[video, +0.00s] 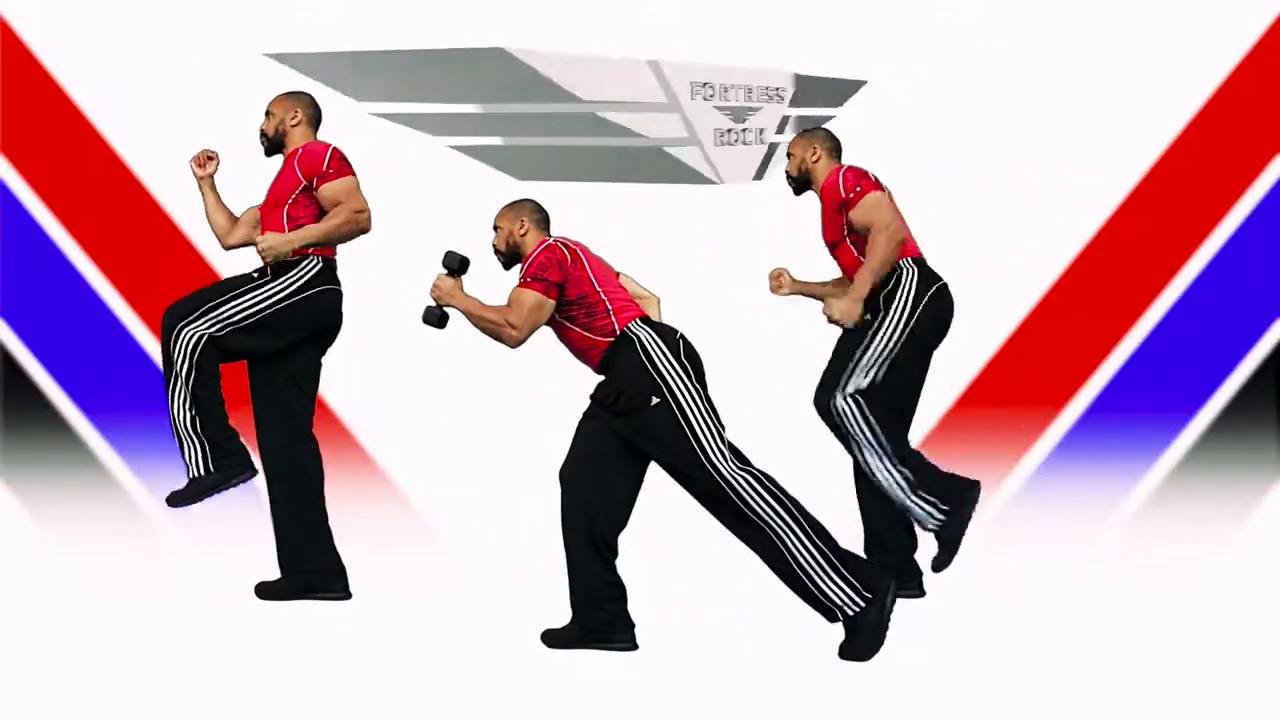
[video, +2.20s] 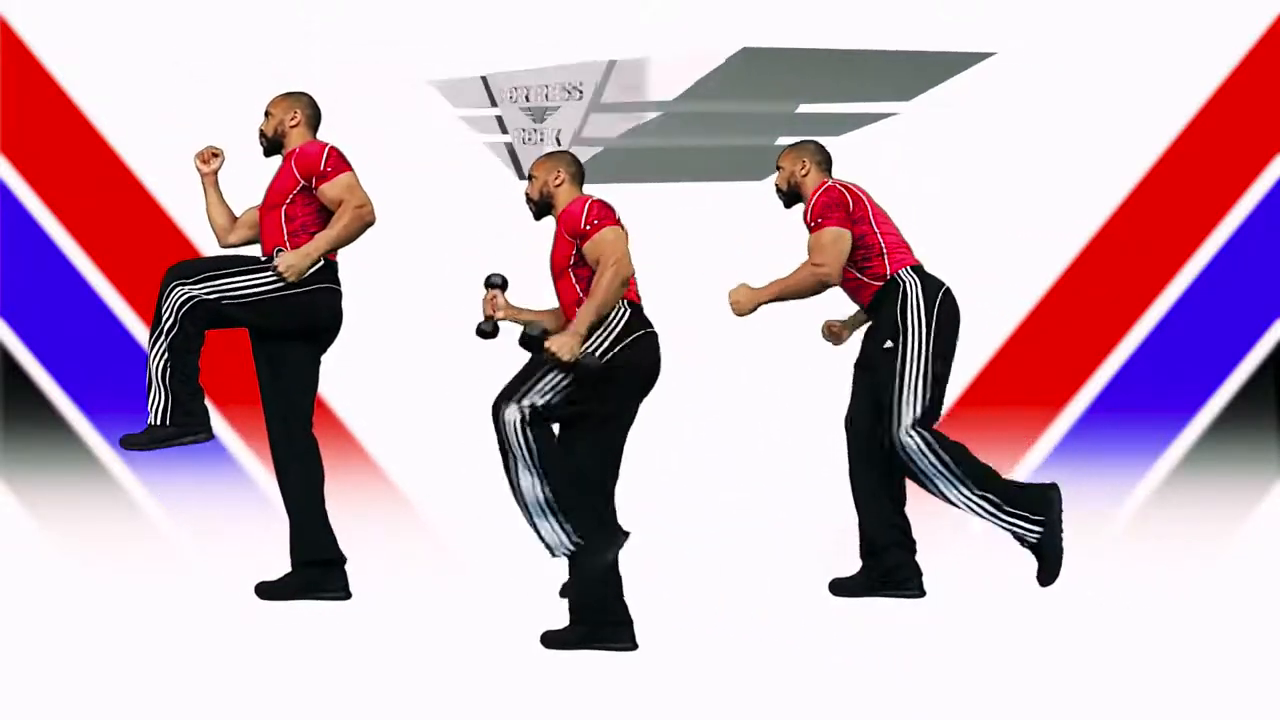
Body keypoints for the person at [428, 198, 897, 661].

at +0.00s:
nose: (493, 243)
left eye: (499, 232)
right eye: (494, 234)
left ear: (526, 226)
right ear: (533, 232)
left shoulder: (549, 254)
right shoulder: (569, 260)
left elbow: (513, 328)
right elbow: (645, 301)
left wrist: (457, 299)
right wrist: (662, 364)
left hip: (649, 358)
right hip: (626, 374)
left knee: (725, 479)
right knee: (583, 487)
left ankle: (857, 596)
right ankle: (603, 623)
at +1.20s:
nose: (498, 224)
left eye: (503, 214)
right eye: (497, 216)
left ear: (527, 210)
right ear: (529, 214)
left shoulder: (559, 237)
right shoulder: (548, 258)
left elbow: (565, 303)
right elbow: (595, 327)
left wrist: (494, 324)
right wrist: (587, 380)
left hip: (630, 351)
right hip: (605, 369)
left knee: (647, 486)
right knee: (580, 488)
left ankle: (791, 571)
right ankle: (600, 620)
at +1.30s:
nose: (508, 213)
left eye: (513, 203)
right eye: (508, 205)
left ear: (539, 200)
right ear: (541, 201)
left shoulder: (568, 227)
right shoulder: (559, 255)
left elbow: (593, 283)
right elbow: (589, 336)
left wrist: (528, 332)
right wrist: (543, 359)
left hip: (627, 345)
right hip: (607, 357)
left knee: (571, 460)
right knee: (577, 479)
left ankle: (686, 557)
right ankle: (601, 619)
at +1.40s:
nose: (517, 201)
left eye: (523, 191)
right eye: (519, 193)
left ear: (547, 189)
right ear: (548, 191)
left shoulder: (575, 215)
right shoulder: (565, 245)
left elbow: (621, 263)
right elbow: (572, 325)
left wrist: (579, 327)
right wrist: (506, 325)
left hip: (617, 335)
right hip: (618, 352)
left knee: (514, 406)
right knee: (592, 484)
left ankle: (554, 541)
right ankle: (603, 620)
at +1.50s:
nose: (525, 192)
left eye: (529, 181)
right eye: (525, 184)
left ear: (555, 178)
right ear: (559, 180)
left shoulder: (585, 207)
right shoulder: (567, 237)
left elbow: (641, 253)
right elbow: (543, 308)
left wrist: (617, 320)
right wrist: (488, 285)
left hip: (597, 335)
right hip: (609, 350)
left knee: (490, 356)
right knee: (589, 485)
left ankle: (503, 484)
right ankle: (603, 619)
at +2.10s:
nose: (532, 187)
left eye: (538, 177)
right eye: (533, 179)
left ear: (564, 176)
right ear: (564, 177)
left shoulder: (589, 205)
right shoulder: (571, 236)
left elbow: (638, 255)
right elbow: (550, 306)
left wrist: (616, 323)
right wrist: (494, 281)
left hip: (595, 333)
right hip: (614, 352)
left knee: (487, 357)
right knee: (581, 484)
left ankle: (494, 489)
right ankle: (602, 619)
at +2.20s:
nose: (526, 188)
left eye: (531, 178)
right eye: (527, 180)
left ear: (555, 176)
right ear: (561, 178)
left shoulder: (584, 209)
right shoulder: (568, 234)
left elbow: (616, 267)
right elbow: (572, 318)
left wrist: (575, 333)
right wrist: (512, 312)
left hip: (611, 337)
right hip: (615, 353)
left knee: (515, 409)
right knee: (584, 479)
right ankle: (602, 620)